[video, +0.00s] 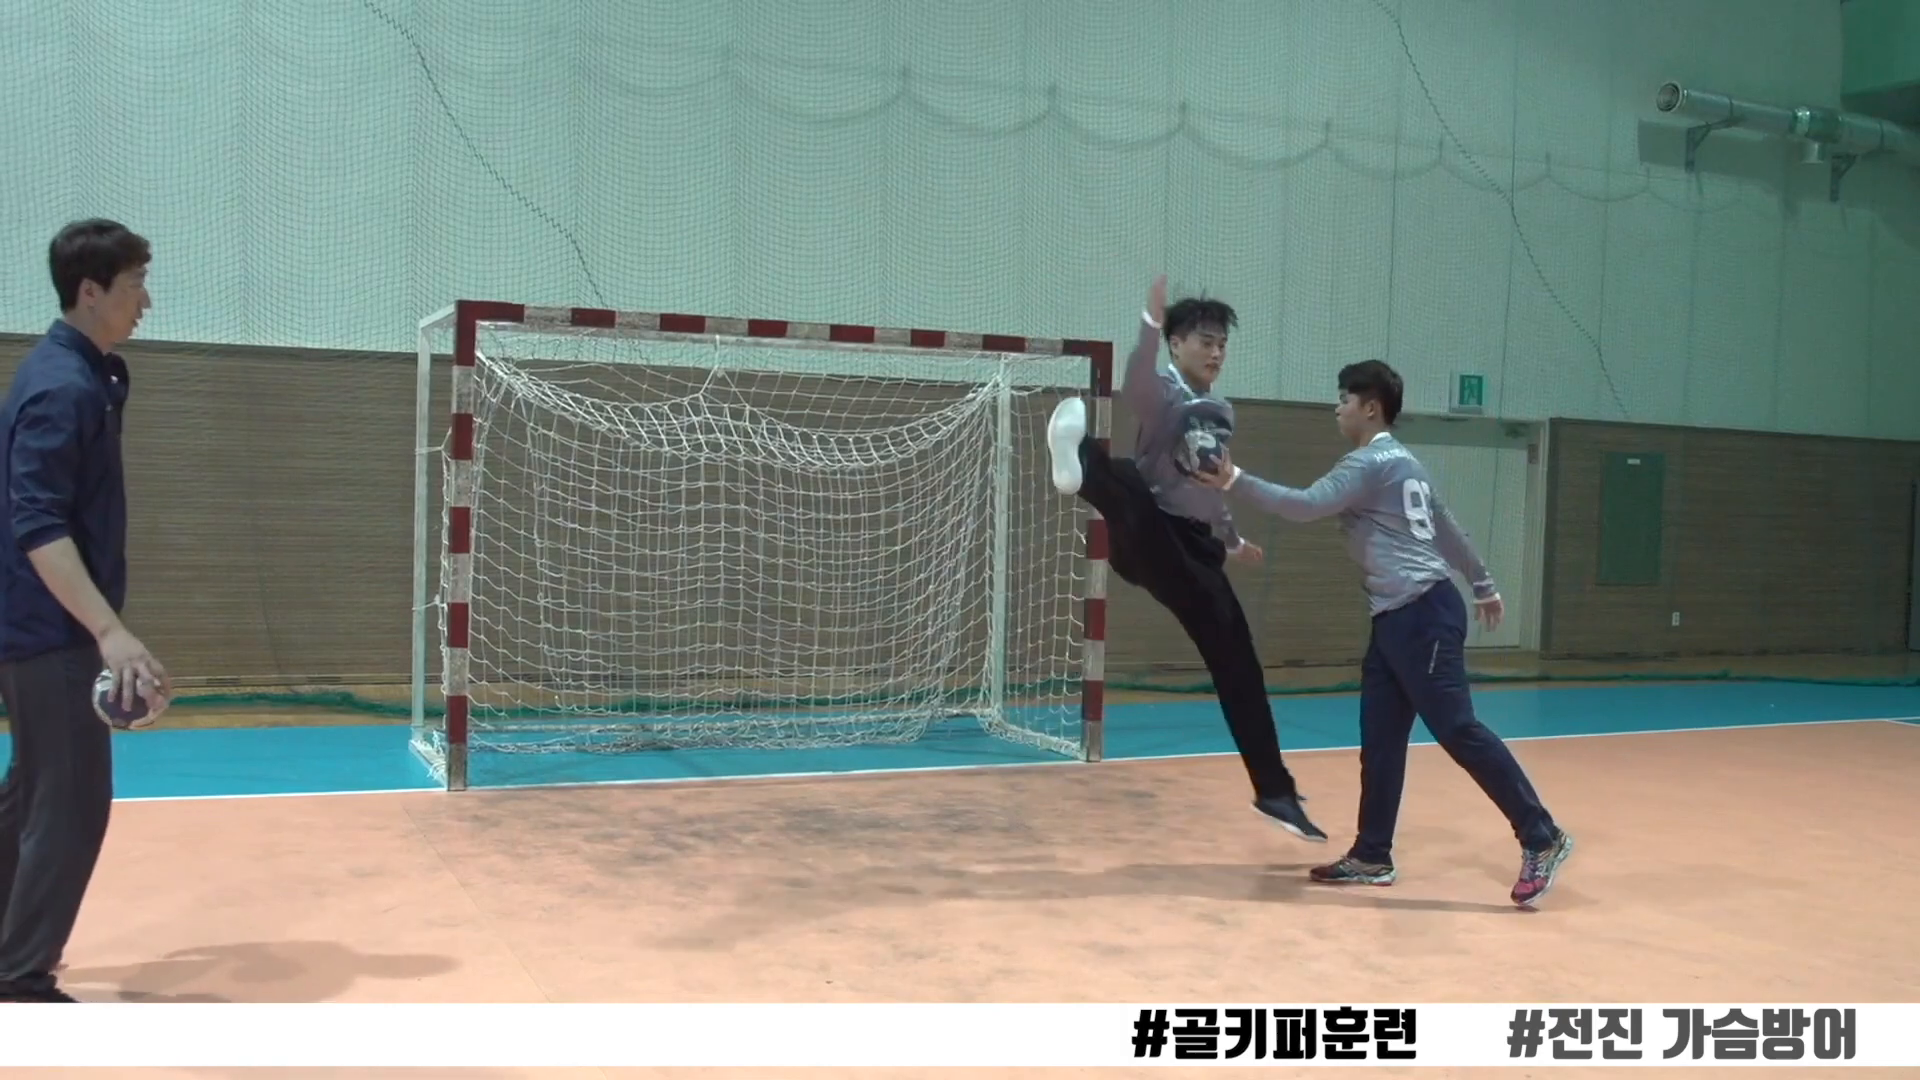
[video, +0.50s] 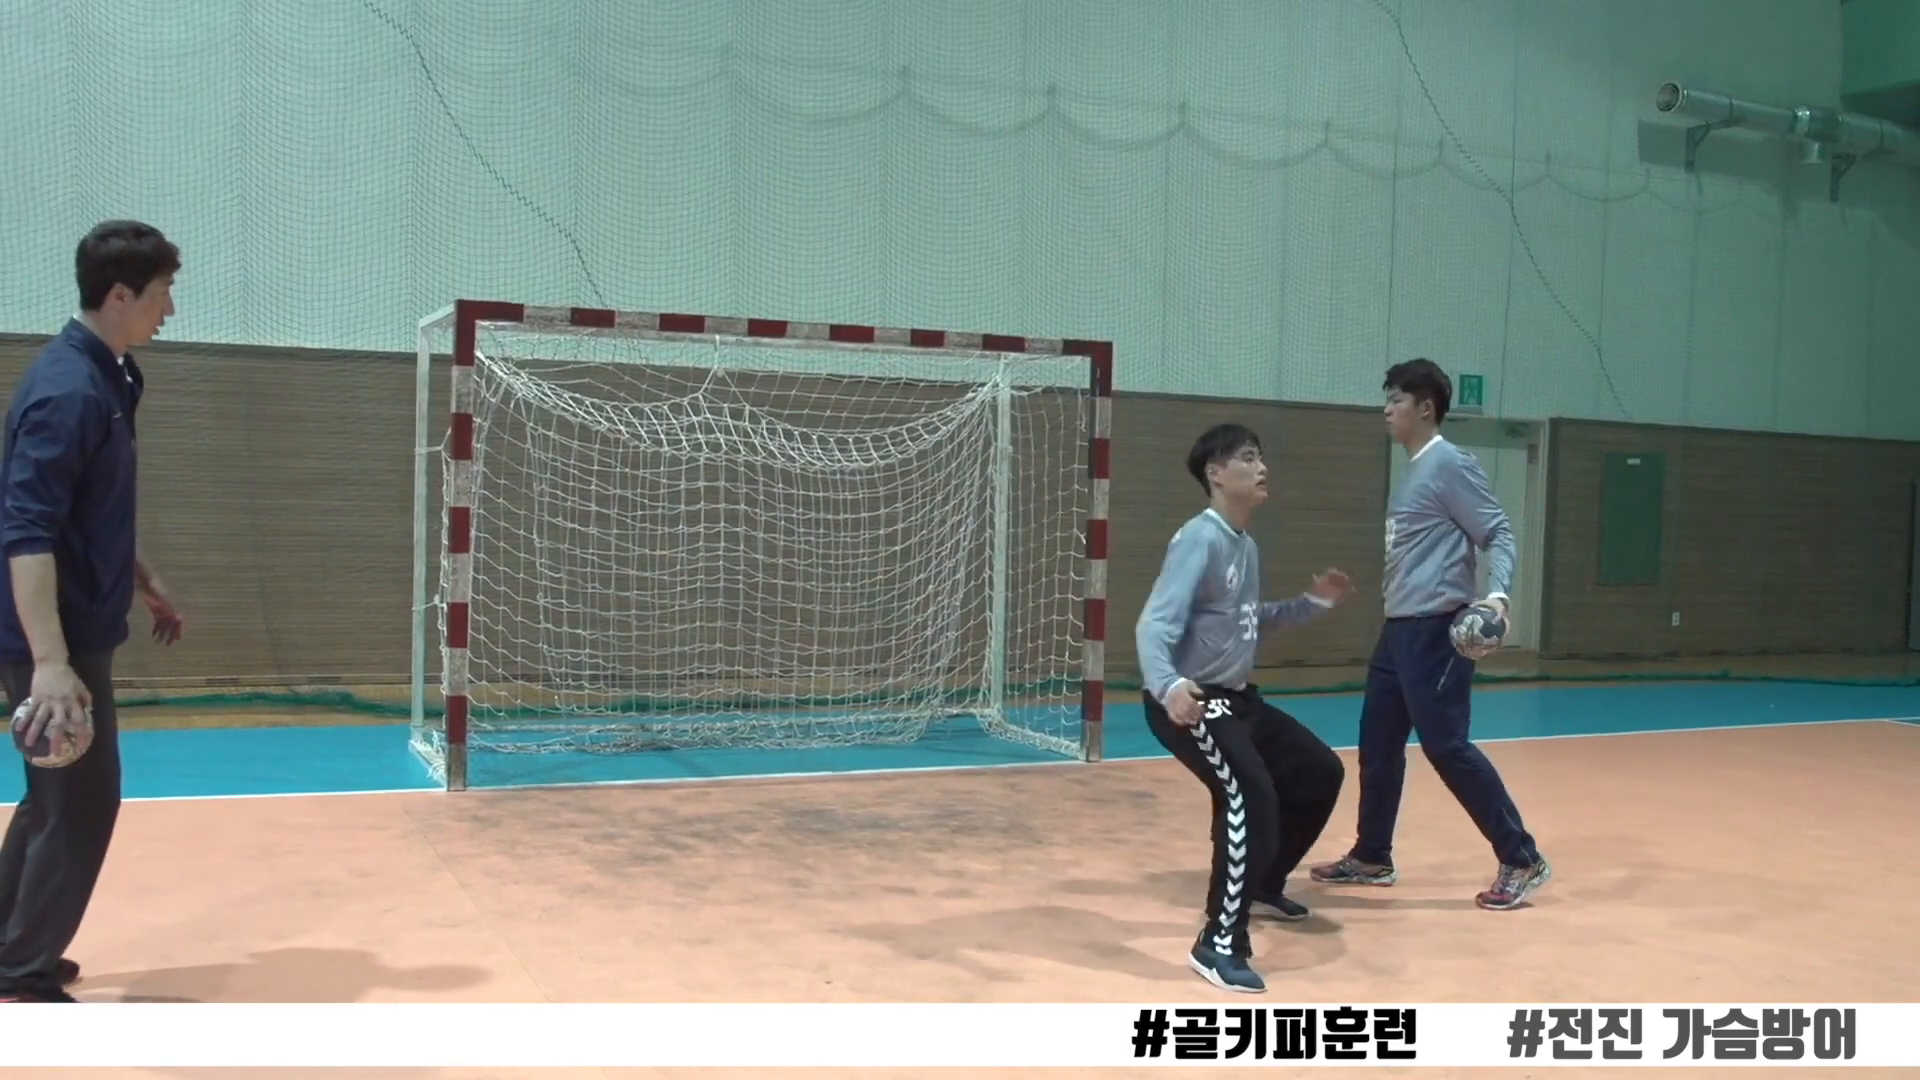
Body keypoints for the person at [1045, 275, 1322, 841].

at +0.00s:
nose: (1215, 352)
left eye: (1222, 344)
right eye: (1204, 341)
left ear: (1227, 352)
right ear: (1174, 345)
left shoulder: (1219, 412)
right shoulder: (1157, 394)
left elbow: (1209, 492)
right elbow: (1139, 379)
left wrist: (1230, 539)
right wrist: (1151, 330)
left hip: (1201, 564)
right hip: (1151, 543)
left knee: (1239, 671)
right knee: (1129, 485)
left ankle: (1275, 793)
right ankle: (1082, 470)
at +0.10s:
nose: (1247, 403)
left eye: (1253, 394)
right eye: (1236, 391)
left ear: (1257, 402)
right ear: (1205, 391)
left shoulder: (1247, 465)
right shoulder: (1185, 440)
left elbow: (1245, 547)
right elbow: (1156, 429)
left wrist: (1272, 600)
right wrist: (1191, 366)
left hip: (1228, 618)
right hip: (1177, 593)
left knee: (1262, 738)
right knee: (1153, 526)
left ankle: (1271, 873)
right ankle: (1103, 546)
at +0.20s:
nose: (1281, 439)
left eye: (1285, 430)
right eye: (1270, 428)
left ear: (1284, 440)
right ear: (1237, 433)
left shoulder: (1269, 516)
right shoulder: (1203, 488)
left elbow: (1268, 601)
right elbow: (1174, 470)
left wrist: (1295, 665)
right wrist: (1215, 399)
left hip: (1236, 650)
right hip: (1187, 634)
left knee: (1296, 769)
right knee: (1178, 605)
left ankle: (1266, 878)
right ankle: (1148, 721)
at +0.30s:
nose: (1287, 452)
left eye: (1289, 444)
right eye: (1275, 440)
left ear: (1284, 459)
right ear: (1241, 449)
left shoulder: (1270, 536)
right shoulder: (1214, 499)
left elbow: (1267, 635)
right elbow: (1174, 517)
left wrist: (1318, 676)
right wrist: (1230, 461)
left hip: (1237, 663)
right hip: (1183, 648)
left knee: (1305, 784)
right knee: (1211, 744)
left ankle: (1266, 881)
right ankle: (1208, 903)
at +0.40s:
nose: (1280, 479)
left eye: (1278, 470)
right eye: (1266, 470)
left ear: (1265, 484)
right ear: (1232, 481)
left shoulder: (1257, 563)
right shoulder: (1208, 543)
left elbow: (1259, 656)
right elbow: (1182, 604)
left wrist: (1331, 668)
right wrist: (1240, 611)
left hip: (1238, 701)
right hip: (1185, 697)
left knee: (1322, 788)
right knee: (1254, 793)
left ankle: (1274, 879)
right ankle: (1219, 942)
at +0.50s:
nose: (1262, 467)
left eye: (1261, 458)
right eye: (1248, 460)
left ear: (1255, 474)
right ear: (1215, 473)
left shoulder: (1245, 545)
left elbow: (1246, 622)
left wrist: (1310, 603)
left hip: (1238, 697)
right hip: (1190, 700)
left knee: (1318, 772)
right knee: (1250, 791)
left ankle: (1263, 885)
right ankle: (1219, 944)